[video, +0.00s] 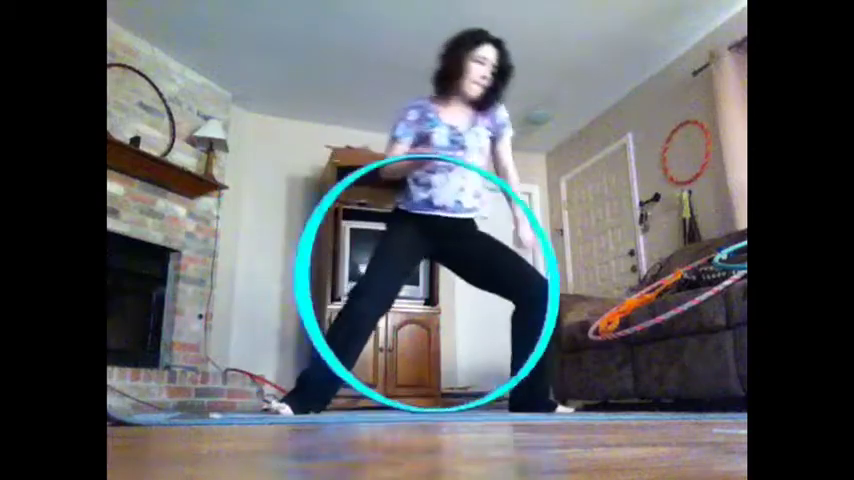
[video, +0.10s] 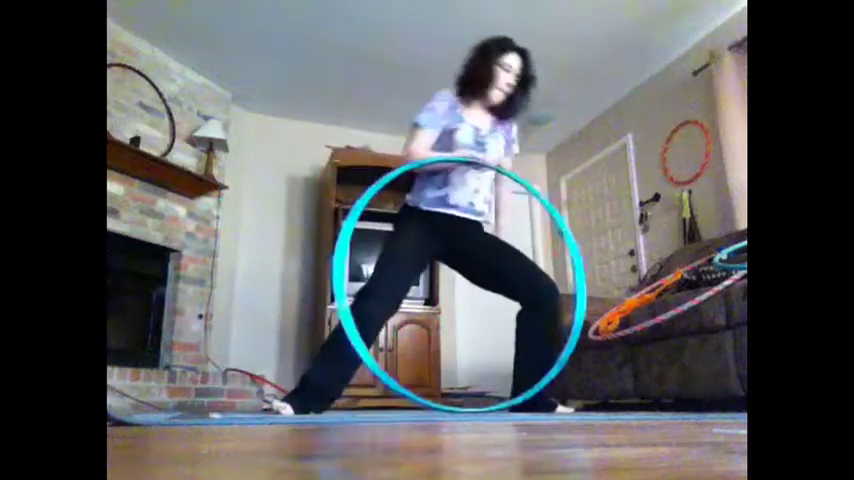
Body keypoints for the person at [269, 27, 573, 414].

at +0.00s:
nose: (486, 73)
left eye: (493, 68)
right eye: (479, 62)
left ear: (496, 77)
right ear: (456, 63)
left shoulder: (493, 117)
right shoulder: (419, 112)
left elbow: (509, 174)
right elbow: (388, 169)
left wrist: (523, 225)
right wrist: (417, 162)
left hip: (461, 232)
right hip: (411, 227)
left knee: (535, 290)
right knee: (364, 304)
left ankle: (531, 400)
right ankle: (303, 401)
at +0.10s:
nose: (509, 79)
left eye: (516, 75)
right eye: (505, 68)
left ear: (520, 84)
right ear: (484, 66)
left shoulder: (506, 127)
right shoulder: (446, 104)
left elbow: (501, 185)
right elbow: (412, 154)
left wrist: (497, 237)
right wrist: (457, 159)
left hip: (467, 231)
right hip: (421, 222)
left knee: (541, 292)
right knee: (374, 306)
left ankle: (532, 399)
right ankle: (303, 402)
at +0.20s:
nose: (523, 86)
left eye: (529, 81)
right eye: (518, 75)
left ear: (529, 88)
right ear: (498, 71)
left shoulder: (509, 131)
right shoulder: (464, 98)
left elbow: (499, 182)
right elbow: (435, 149)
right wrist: (485, 160)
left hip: (471, 230)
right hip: (428, 218)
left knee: (544, 292)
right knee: (379, 305)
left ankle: (533, 400)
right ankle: (304, 401)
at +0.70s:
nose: (537, 117)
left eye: (540, 115)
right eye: (539, 108)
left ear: (525, 105)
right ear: (529, 95)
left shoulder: (501, 132)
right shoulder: (504, 94)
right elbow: (531, 155)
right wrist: (575, 202)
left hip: (474, 228)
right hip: (440, 213)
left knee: (546, 294)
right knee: (391, 308)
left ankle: (533, 401)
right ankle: (308, 403)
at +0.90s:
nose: (507, 112)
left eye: (514, 109)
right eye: (509, 103)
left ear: (514, 107)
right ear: (499, 87)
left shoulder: (487, 124)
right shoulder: (464, 86)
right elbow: (466, 128)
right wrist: (516, 172)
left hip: (465, 220)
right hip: (423, 210)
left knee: (540, 293)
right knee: (375, 299)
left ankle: (533, 404)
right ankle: (307, 401)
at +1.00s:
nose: (492, 107)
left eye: (499, 104)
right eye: (494, 98)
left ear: (502, 102)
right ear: (485, 79)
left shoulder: (482, 125)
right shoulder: (444, 83)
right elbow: (425, 122)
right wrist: (478, 153)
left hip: (459, 216)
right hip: (414, 207)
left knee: (531, 293)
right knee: (360, 301)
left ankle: (535, 402)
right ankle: (301, 401)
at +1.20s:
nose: (456, 71)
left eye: (465, 68)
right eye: (453, 60)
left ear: (470, 73)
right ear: (435, 52)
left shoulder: (458, 104)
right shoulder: (392, 81)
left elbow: (498, 144)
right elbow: (345, 113)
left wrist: (506, 172)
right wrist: (384, 143)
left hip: (445, 210)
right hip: (393, 208)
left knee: (499, 293)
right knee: (334, 288)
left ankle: (533, 397)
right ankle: (298, 395)